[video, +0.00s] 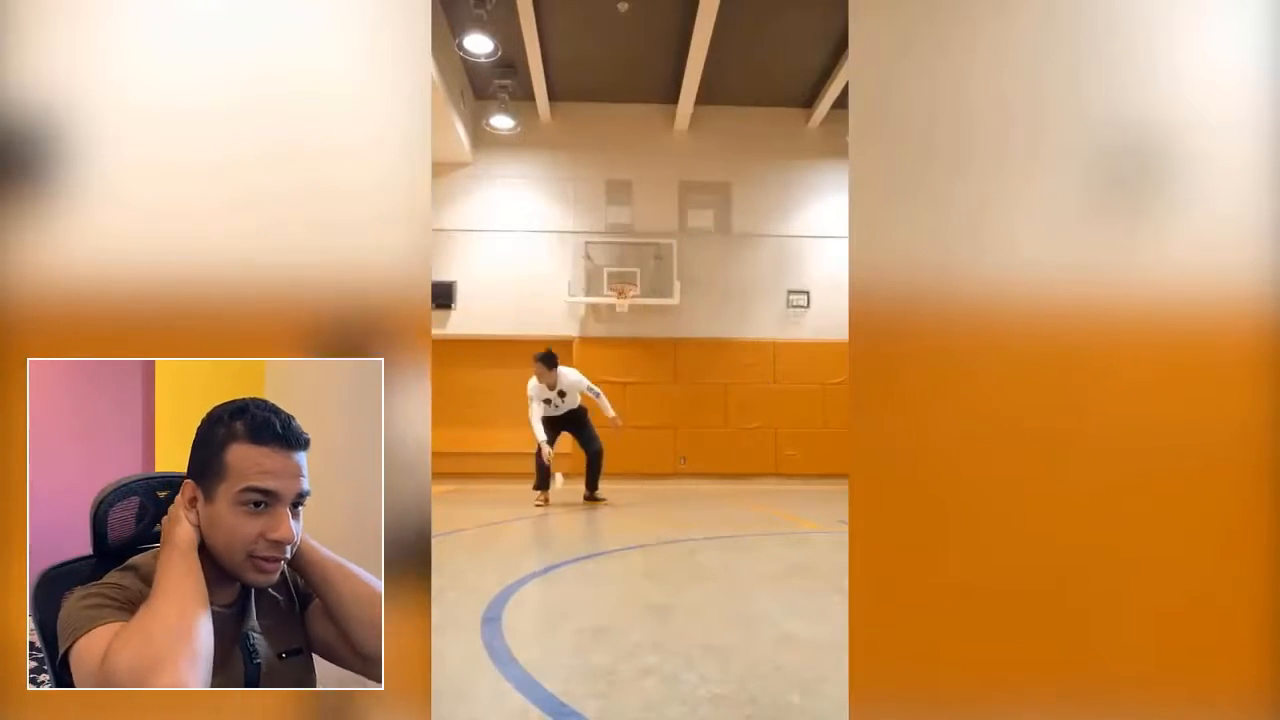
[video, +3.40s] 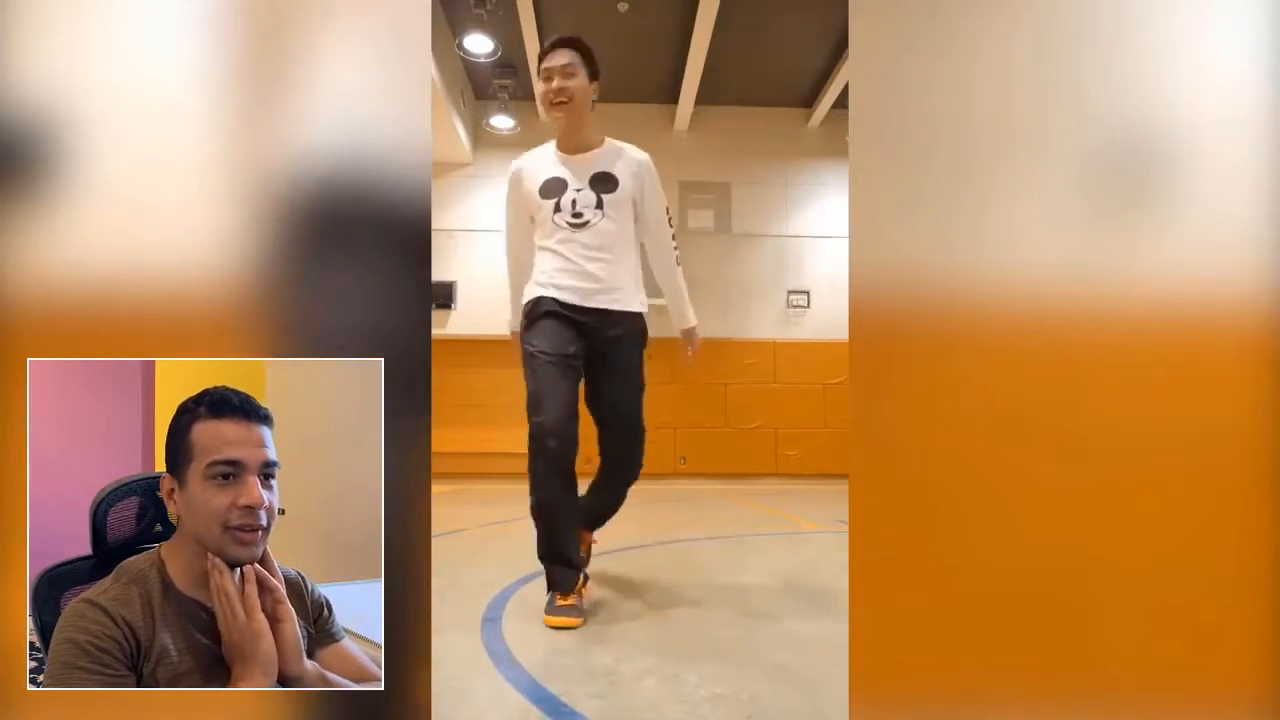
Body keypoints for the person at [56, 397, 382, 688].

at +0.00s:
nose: (286, 535)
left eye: (297, 506)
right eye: (257, 504)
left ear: (304, 503)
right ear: (194, 503)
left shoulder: (284, 585)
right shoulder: (101, 604)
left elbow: (397, 658)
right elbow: (166, 691)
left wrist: (294, 538)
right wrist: (179, 543)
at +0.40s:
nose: (287, 533)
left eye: (297, 506)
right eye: (256, 505)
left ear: (305, 503)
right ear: (193, 507)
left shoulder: (288, 596)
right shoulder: (107, 608)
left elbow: (381, 686)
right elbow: (161, 715)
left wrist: (292, 572)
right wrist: (199, 580)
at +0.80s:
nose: (278, 527)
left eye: (290, 500)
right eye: (247, 500)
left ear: (299, 501)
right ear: (188, 505)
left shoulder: (299, 591)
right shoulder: (105, 614)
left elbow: (381, 692)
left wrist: (292, 621)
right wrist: (218, 622)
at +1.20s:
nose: (272, 519)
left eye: (283, 493)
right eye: (240, 493)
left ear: (293, 497)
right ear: (183, 502)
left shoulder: (299, 595)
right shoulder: (103, 619)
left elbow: (383, 695)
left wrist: (300, 653)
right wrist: (232, 661)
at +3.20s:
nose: (259, 502)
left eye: (269, 479)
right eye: (229, 479)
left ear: (279, 489)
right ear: (174, 497)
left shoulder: (294, 594)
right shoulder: (101, 622)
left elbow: (383, 697)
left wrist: (303, 674)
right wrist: (251, 679)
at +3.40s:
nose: (256, 499)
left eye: (266, 476)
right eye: (226, 477)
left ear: (276, 487)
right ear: (173, 497)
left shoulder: (295, 594)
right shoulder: (101, 622)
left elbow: (384, 697)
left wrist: (303, 673)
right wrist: (252, 679)